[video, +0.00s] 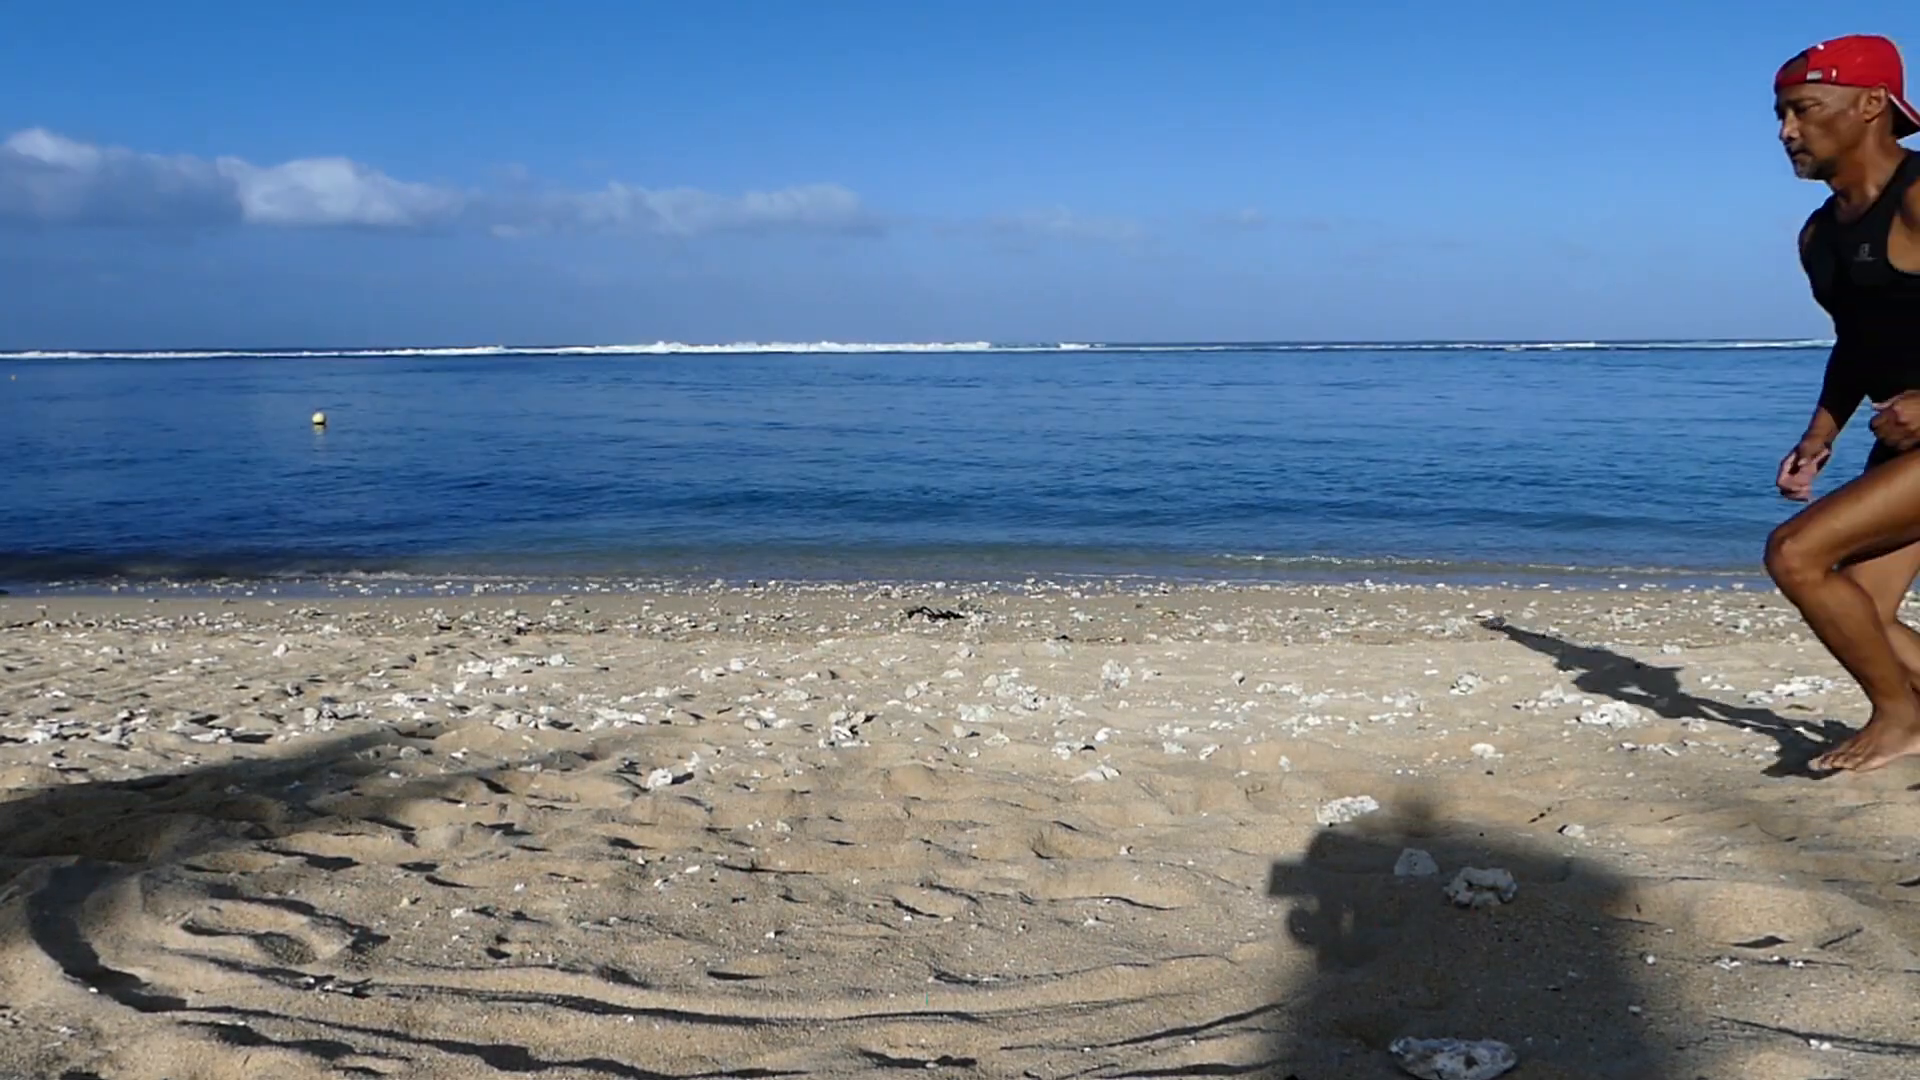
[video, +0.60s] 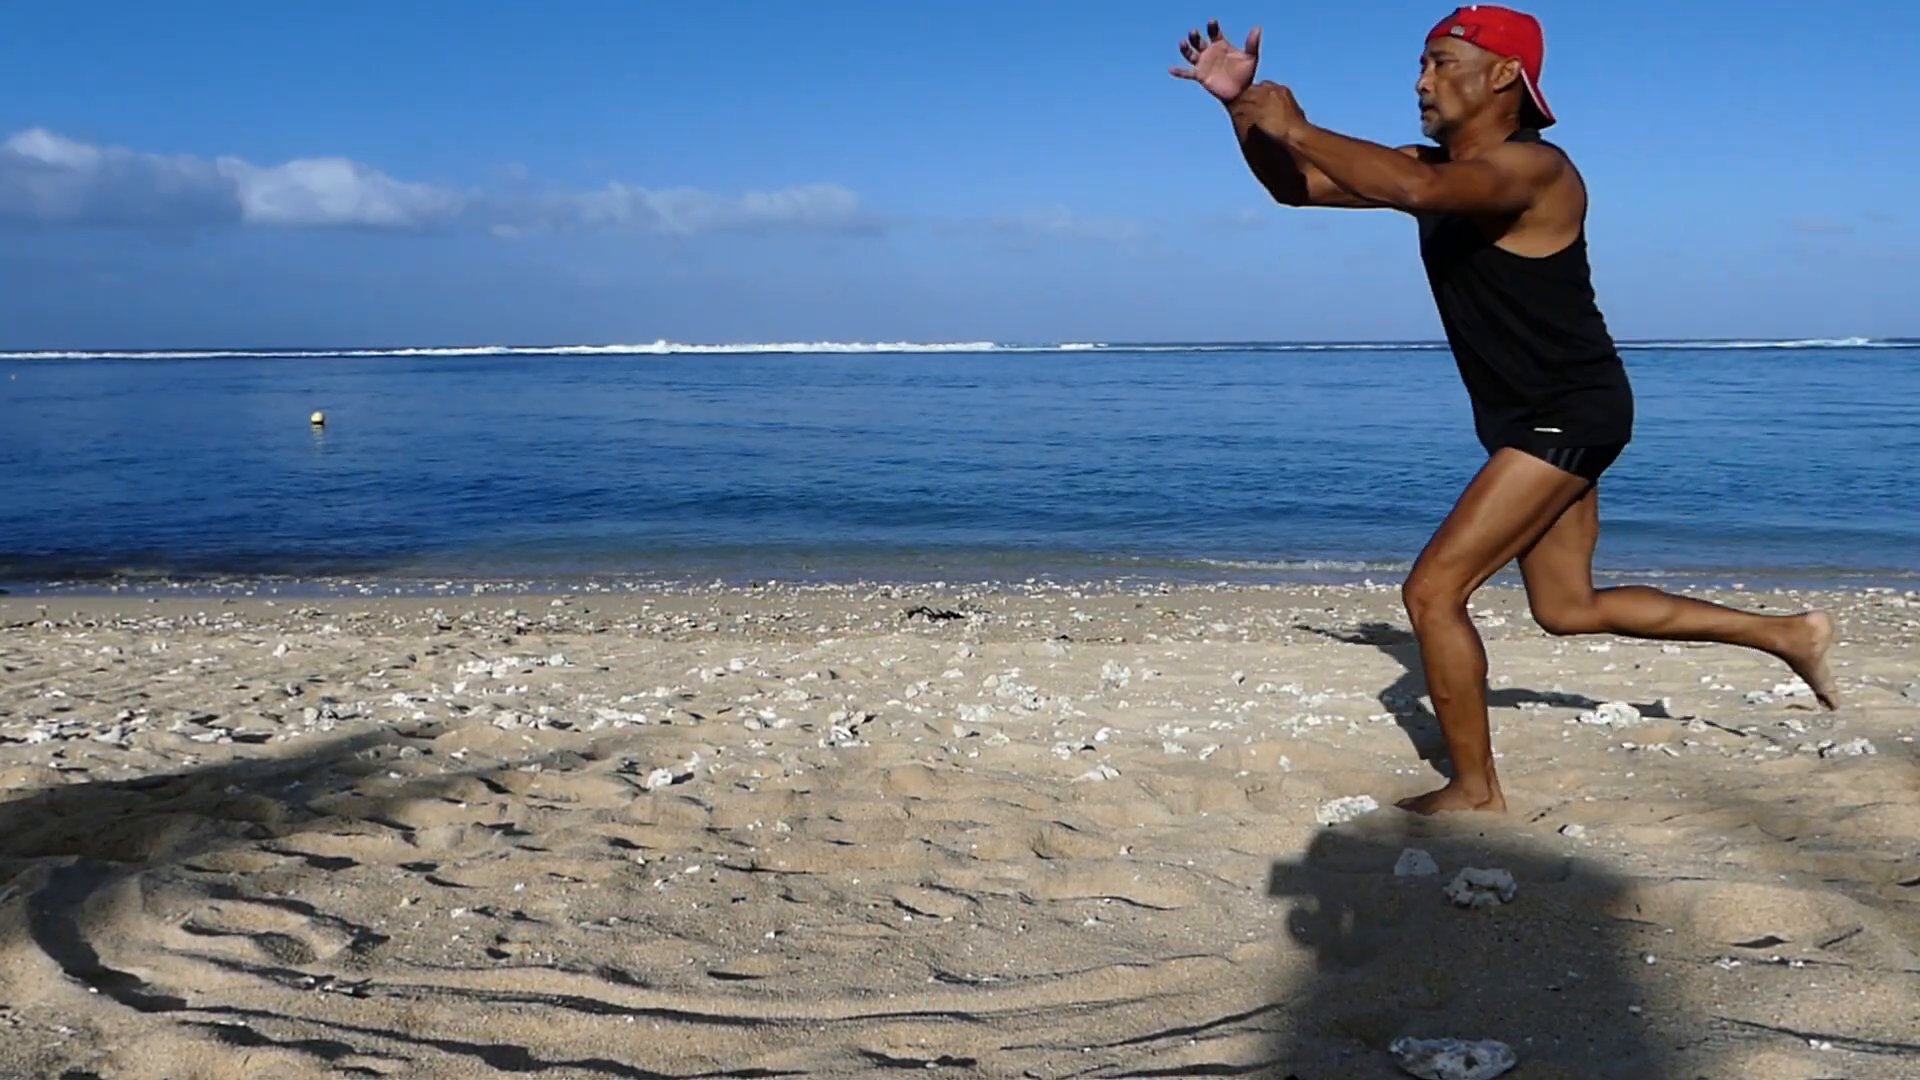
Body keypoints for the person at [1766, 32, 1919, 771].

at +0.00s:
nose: (1786, 131)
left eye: (1805, 110)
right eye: (1783, 114)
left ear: (1871, 110)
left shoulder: (1916, 198)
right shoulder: (1819, 237)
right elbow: (1859, 339)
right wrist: (1818, 437)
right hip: (1899, 441)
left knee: (1797, 555)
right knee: (1864, 617)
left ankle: (1899, 712)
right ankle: (1919, 721)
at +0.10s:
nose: (1711, 139)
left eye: (1728, 119)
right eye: (1710, 122)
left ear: (1795, 121)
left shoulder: (1866, 212)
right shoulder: (1743, 251)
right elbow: (1767, 367)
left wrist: (1859, 402)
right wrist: (1723, 449)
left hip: (1903, 436)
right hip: (1856, 443)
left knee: (1705, 540)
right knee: (1836, 630)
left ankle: (1683, 753)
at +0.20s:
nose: (1662, 132)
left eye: (1680, 115)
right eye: (1661, 116)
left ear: (1745, 122)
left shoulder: (1811, 209)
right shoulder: (1690, 245)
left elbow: (1914, 329)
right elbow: (1701, 370)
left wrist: (1783, 399)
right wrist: (1656, 432)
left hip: (1852, 430)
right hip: (1800, 438)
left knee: (1652, 553)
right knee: (1825, 634)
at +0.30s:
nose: (1592, 123)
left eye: (1610, 105)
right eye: (1591, 106)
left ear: (1674, 111)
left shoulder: (1732, 206)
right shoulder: (1605, 234)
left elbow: (1794, 353)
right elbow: (1592, 367)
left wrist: (1641, 387)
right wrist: (1540, 395)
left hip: (1747, 437)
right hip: (1698, 439)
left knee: (1561, 576)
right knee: (1805, 619)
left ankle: (1497, 782)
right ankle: (1919, 710)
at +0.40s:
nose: (1546, 114)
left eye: (1564, 96)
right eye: (1546, 97)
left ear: (1628, 103)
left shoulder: (1679, 204)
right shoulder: (1549, 224)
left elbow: (1675, 351)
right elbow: (1498, 345)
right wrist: (1443, 344)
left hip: (1686, 432)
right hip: (1629, 435)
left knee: (1506, 579)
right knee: (1755, 617)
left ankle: (1482, 787)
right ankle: (1916, 708)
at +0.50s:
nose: (1475, 91)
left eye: (1495, 75)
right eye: (1477, 76)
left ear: (1557, 92)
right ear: (1508, 95)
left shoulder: (1593, 192)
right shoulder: (1468, 200)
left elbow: (1502, 273)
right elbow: (1352, 268)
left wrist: (1376, 235)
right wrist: (1307, 209)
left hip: (1616, 424)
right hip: (1561, 431)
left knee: (1457, 586)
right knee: (1636, 621)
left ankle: (1475, 786)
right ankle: (1851, 668)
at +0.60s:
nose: (1422, 77)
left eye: (1442, 61)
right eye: (1423, 62)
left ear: (1503, 80)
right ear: (1460, 79)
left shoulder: (1534, 168)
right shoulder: (1445, 169)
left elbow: (1411, 183)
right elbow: (1297, 187)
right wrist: (1244, 109)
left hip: (1573, 410)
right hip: (1532, 414)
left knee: (1433, 592)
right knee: (1568, 606)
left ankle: (1474, 787)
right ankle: (1787, 634)